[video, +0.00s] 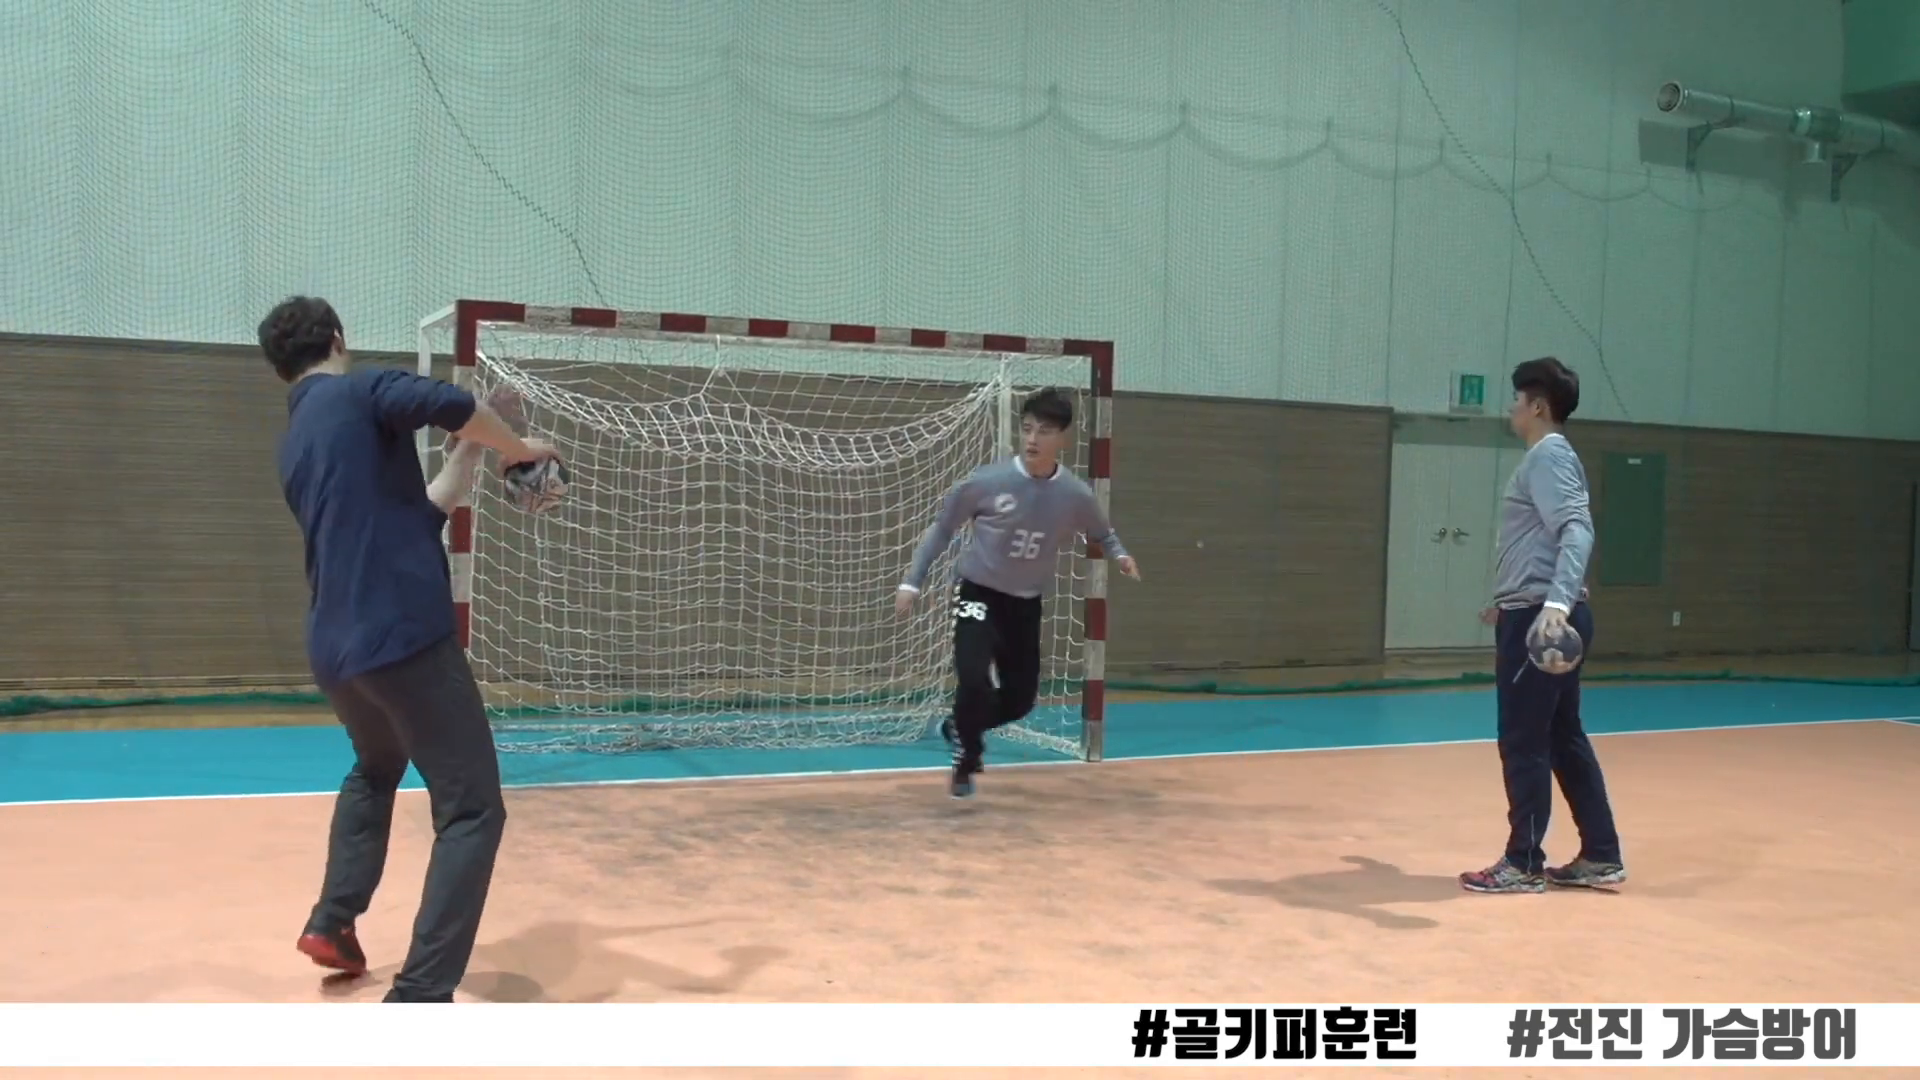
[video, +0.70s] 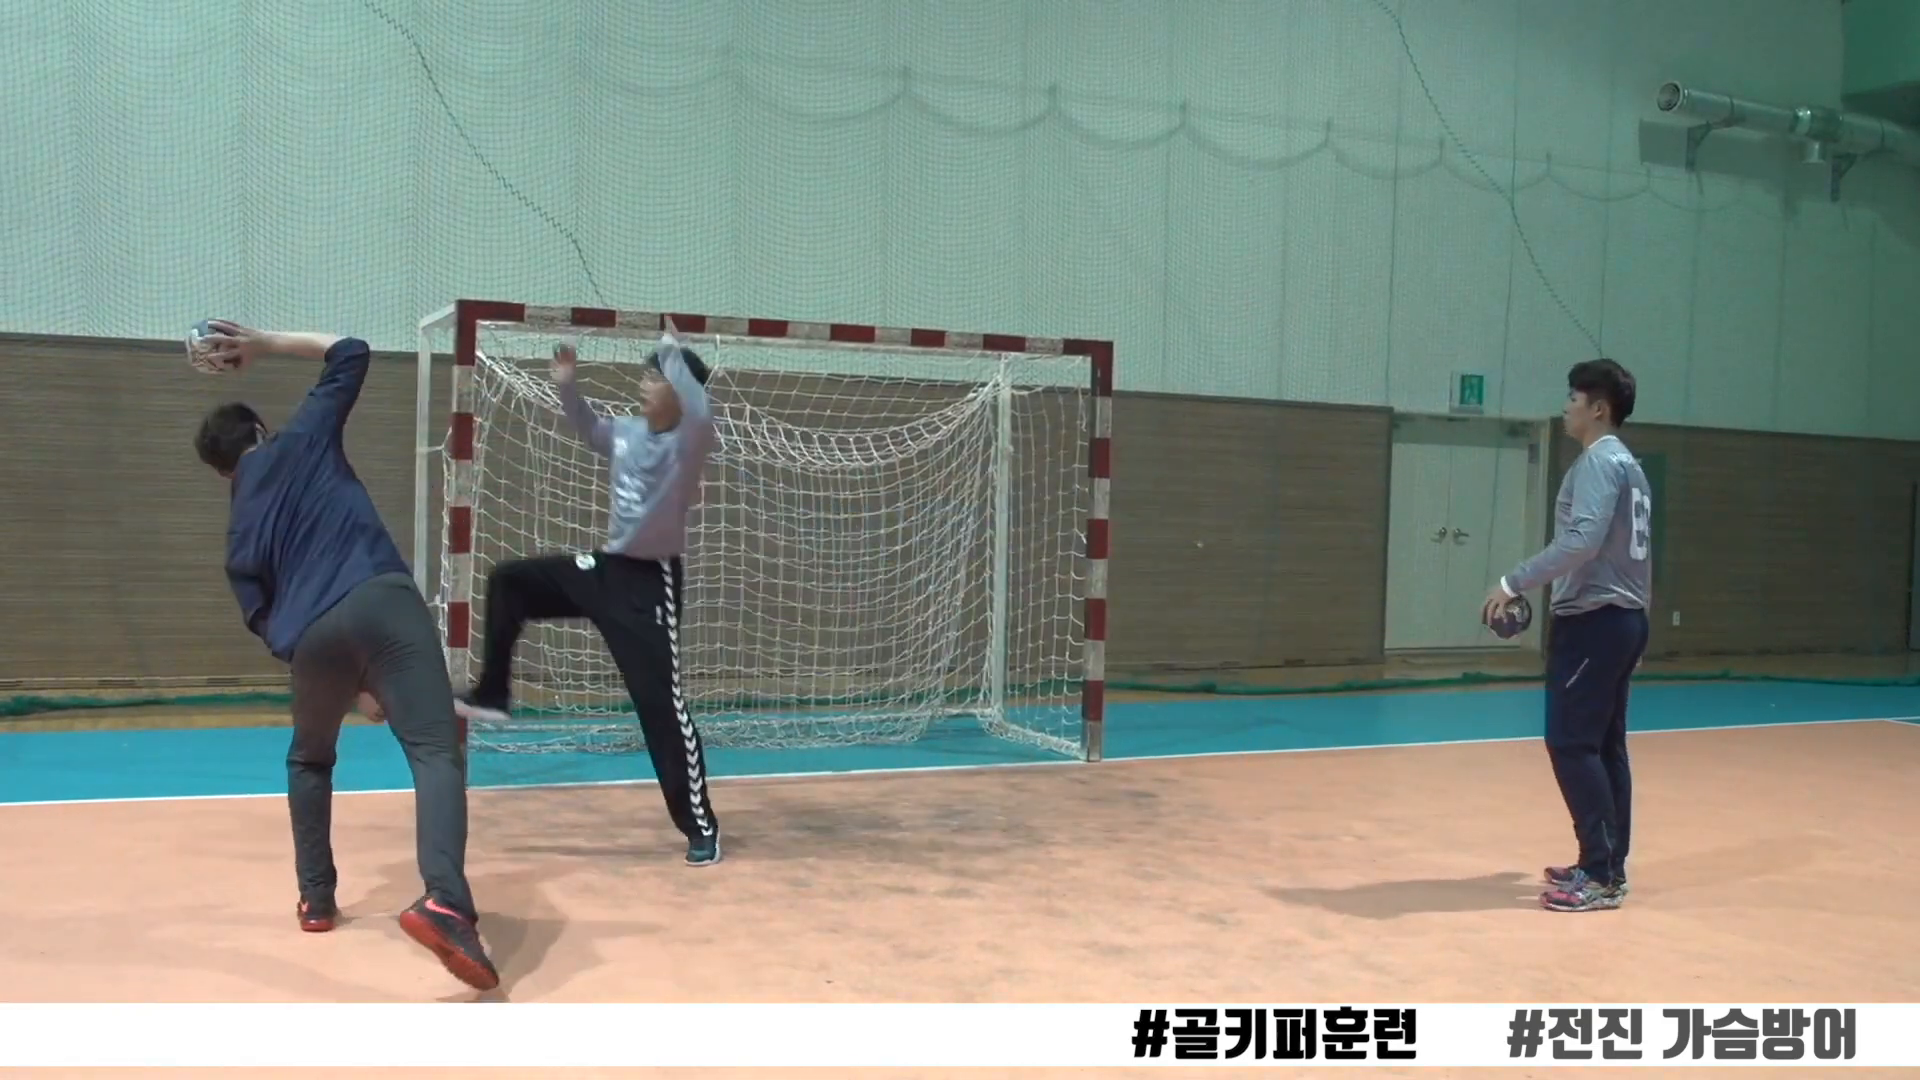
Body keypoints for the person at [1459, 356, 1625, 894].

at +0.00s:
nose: (1512, 407)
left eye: (1519, 399)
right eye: (1516, 398)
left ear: (1538, 403)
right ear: (1548, 405)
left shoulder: (1550, 453)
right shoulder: (1543, 455)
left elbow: (1577, 531)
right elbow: (1541, 544)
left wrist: (1557, 605)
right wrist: (1507, 602)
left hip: (1535, 616)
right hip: (1545, 615)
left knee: (1521, 741)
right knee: (1564, 738)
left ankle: (1523, 861)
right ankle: (1602, 857)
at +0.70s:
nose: (1565, 408)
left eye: (1573, 399)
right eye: (1569, 398)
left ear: (1596, 406)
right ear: (1605, 408)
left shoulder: (1598, 462)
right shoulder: (1625, 464)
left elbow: (1582, 542)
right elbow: (1611, 550)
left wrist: (1511, 583)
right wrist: (1539, 586)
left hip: (1595, 621)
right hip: (1621, 620)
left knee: (1569, 741)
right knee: (1605, 742)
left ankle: (1600, 874)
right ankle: (1607, 865)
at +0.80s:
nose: (1566, 405)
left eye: (1573, 396)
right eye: (1570, 395)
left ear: (1597, 404)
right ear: (1603, 407)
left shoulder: (1598, 460)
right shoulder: (1626, 465)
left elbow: (1590, 543)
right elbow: (1639, 557)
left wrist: (1530, 593)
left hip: (1594, 621)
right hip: (1617, 620)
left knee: (1578, 744)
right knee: (1603, 744)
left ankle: (1601, 876)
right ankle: (1605, 864)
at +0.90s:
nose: (1565, 404)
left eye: (1573, 395)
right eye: (1569, 394)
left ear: (1596, 403)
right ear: (1601, 405)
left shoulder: (1601, 458)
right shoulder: (1616, 460)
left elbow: (1600, 544)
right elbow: (1626, 556)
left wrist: (1542, 600)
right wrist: (1634, 632)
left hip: (1599, 620)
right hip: (1610, 620)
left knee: (1583, 745)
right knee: (1601, 744)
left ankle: (1602, 876)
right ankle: (1604, 863)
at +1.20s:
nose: (1556, 403)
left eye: (1563, 394)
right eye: (1559, 394)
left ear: (1588, 402)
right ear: (1590, 403)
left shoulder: (1602, 456)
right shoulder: (1589, 457)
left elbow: (1609, 542)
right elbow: (1590, 548)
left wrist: (1544, 592)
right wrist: (1541, 596)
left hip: (1603, 621)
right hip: (1583, 621)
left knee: (1592, 746)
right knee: (1584, 746)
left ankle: (1606, 878)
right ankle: (1596, 862)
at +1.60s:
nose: (1549, 408)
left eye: (1556, 398)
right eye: (1552, 398)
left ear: (1579, 405)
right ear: (1584, 407)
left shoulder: (1591, 462)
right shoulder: (1589, 459)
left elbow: (1571, 541)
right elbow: (1574, 541)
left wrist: (1519, 558)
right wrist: (1527, 557)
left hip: (1593, 620)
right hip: (1576, 619)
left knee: (1583, 744)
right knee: (1569, 742)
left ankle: (1603, 878)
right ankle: (1575, 852)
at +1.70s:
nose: (1548, 408)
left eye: (1554, 399)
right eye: (1550, 398)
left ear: (1578, 406)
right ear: (1584, 408)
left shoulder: (1587, 462)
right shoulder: (1593, 461)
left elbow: (1565, 540)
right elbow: (1573, 542)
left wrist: (1514, 556)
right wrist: (1523, 555)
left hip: (1586, 621)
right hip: (1576, 620)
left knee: (1579, 744)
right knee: (1568, 743)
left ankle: (1603, 879)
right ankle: (1575, 853)